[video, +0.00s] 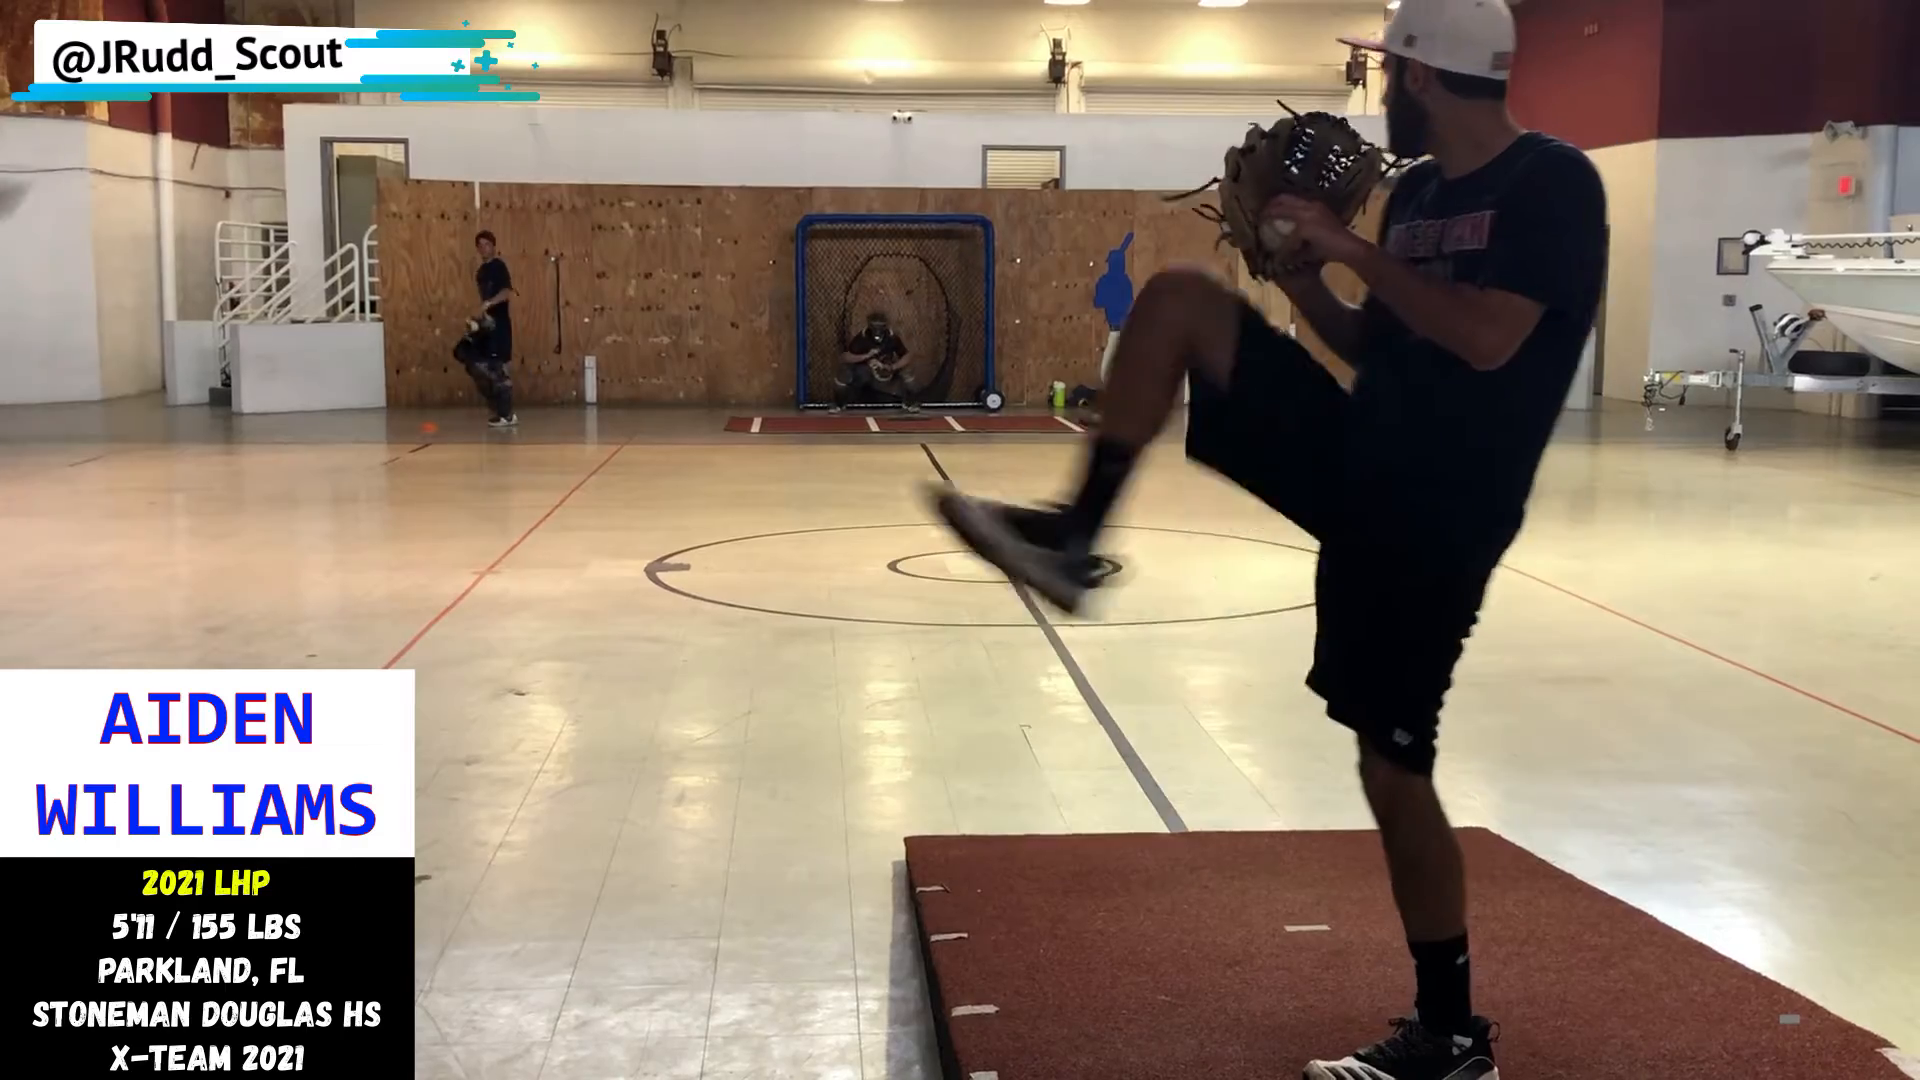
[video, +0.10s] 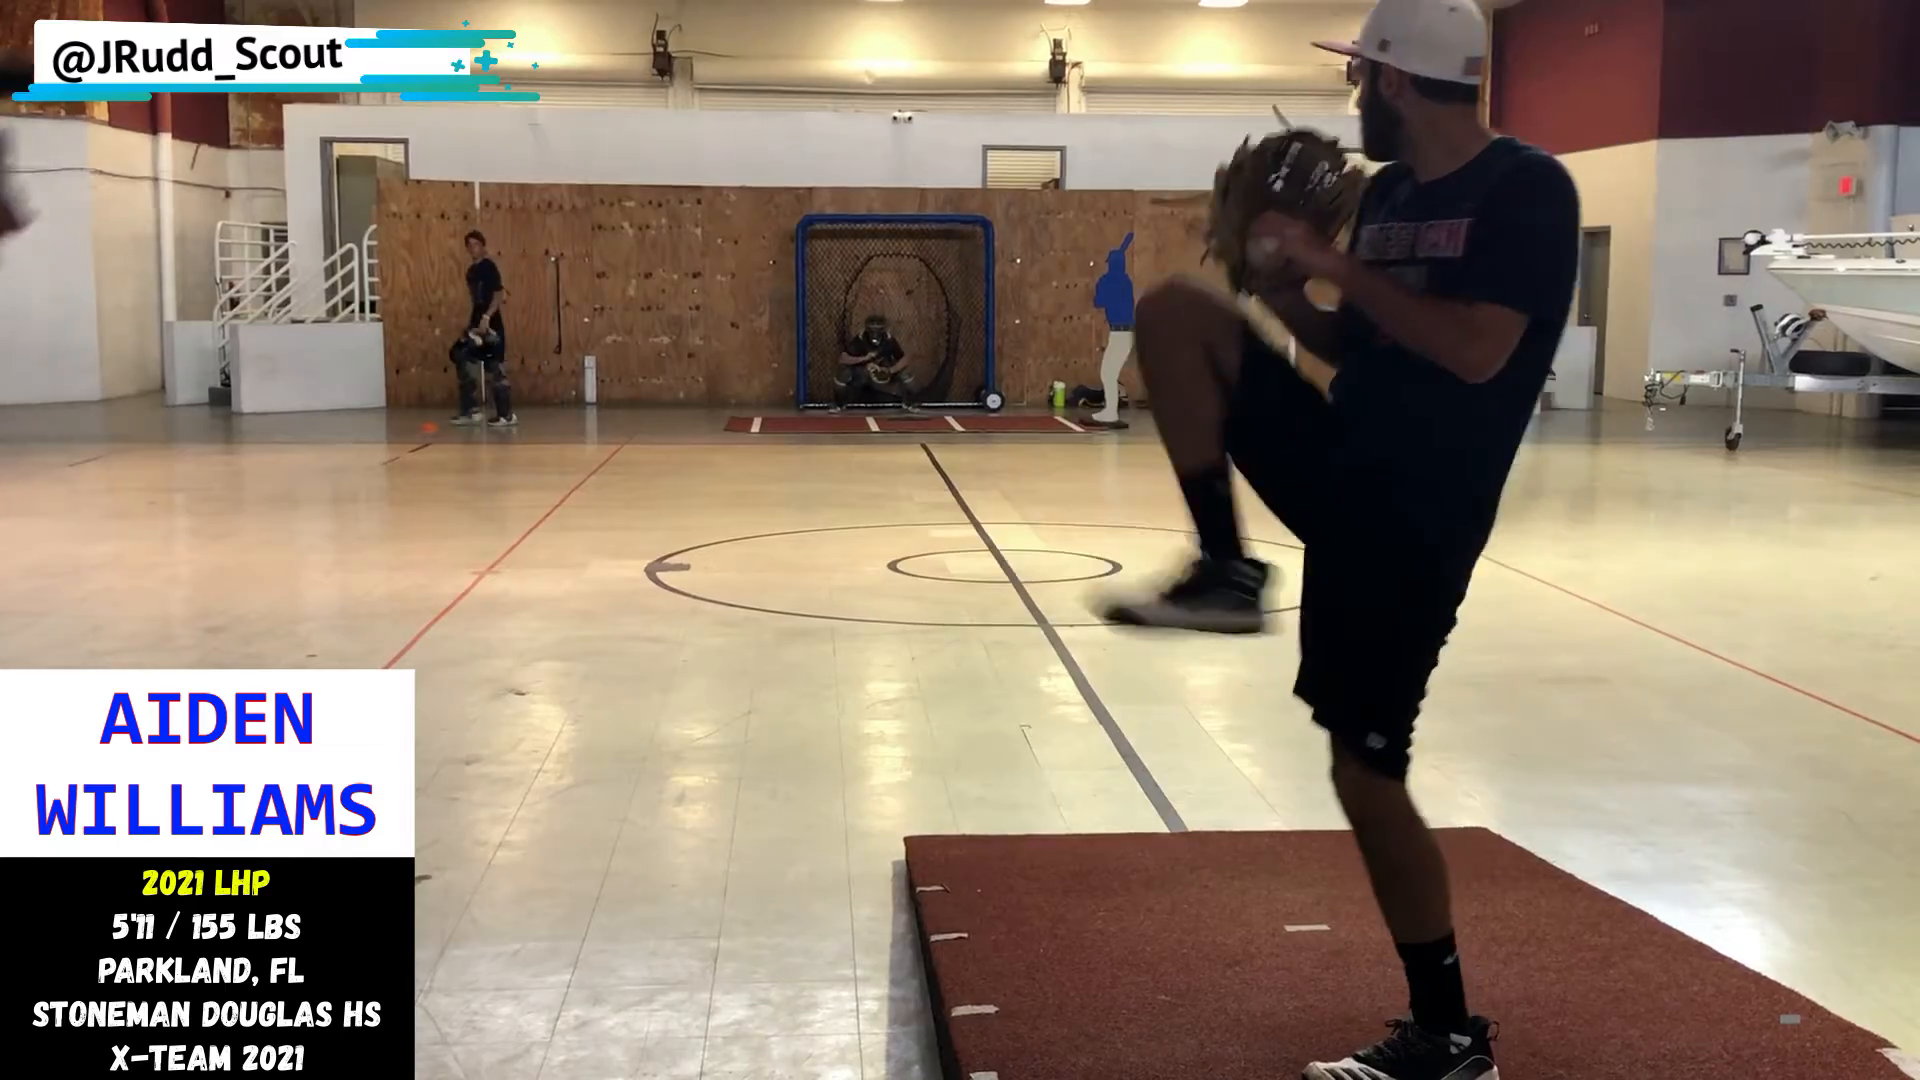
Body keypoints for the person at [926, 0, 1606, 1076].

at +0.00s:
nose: (1386, 81)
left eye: (1397, 62)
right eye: (1389, 62)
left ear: (1433, 71)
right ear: (1451, 75)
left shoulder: (1555, 182)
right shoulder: (1418, 190)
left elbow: (1491, 332)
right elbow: (1370, 354)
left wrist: (1347, 248)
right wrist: (1287, 267)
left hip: (1437, 514)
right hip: (1354, 463)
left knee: (1392, 765)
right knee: (1181, 301)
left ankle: (1449, 1028)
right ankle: (1073, 536)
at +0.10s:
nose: (1360, 96)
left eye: (1368, 76)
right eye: (1360, 78)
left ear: (1408, 78)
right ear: (1418, 80)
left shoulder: (1530, 187)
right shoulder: (1388, 194)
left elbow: (1480, 347)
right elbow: (1356, 361)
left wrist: (1336, 265)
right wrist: (1275, 283)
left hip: (1417, 518)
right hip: (1336, 466)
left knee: (1364, 767)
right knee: (1176, 312)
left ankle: (1445, 1029)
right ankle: (1222, 565)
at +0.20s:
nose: (1326, 115)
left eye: (1337, 98)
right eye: (1328, 97)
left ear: (1380, 102)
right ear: (1392, 101)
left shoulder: (1502, 207)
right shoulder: (1356, 210)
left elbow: (1478, 384)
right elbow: (1333, 358)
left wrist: (1316, 339)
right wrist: (1254, 326)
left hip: (1418, 533)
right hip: (1330, 486)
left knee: (1338, 777)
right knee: (1139, 444)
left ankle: (1441, 1027)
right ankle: (1232, 660)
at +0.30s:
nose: (1294, 168)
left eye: (1303, 151)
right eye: (1297, 150)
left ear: (1340, 159)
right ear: (1373, 158)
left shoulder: (1476, 264)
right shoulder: (1321, 257)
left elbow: (1470, 440)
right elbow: (1263, 370)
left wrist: (1289, 507)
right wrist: (1182, 435)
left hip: (1425, 556)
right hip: (1327, 528)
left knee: (1320, 780)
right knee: (1128, 577)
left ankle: (1438, 1029)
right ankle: (1161, 807)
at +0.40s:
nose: (1261, 244)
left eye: (1269, 230)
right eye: (1265, 230)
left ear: (1297, 237)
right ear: (1350, 232)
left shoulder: (1443, 336)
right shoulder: (1277, 323)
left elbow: (1478, 516)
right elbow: (1170, 407)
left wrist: (1423, 657)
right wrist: (1077, 518)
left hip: (1402, 586)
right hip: (1309, 558)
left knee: (1291, 787)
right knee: (1133, 664)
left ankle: (1429, 1028)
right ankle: (1108, 858)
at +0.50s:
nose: (1212, 311)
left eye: (1218, 295)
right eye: (1217, 295)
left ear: (1238, 306)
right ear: (1308, 298)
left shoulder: (1396, 400)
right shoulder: (1228, 377)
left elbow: (1503, 534)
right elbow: (1123, 414)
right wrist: (1023, 494)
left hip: (1367, 621)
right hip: (1277, 592)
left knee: (1256, 807)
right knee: (1135, 703)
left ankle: (1419, 1025)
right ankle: (1115, 835)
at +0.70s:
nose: (1129, 317)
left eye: (1133, 305)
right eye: (1133, 304)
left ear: (1150, 315)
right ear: (1216, 309)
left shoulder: (1192, 402)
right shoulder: (1247, 373)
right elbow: (1301, 413)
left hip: (1226, 642)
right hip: (1262, 623)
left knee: (1245, 821)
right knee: (1150, 682)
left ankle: (1339, 969)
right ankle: (1121, 844)